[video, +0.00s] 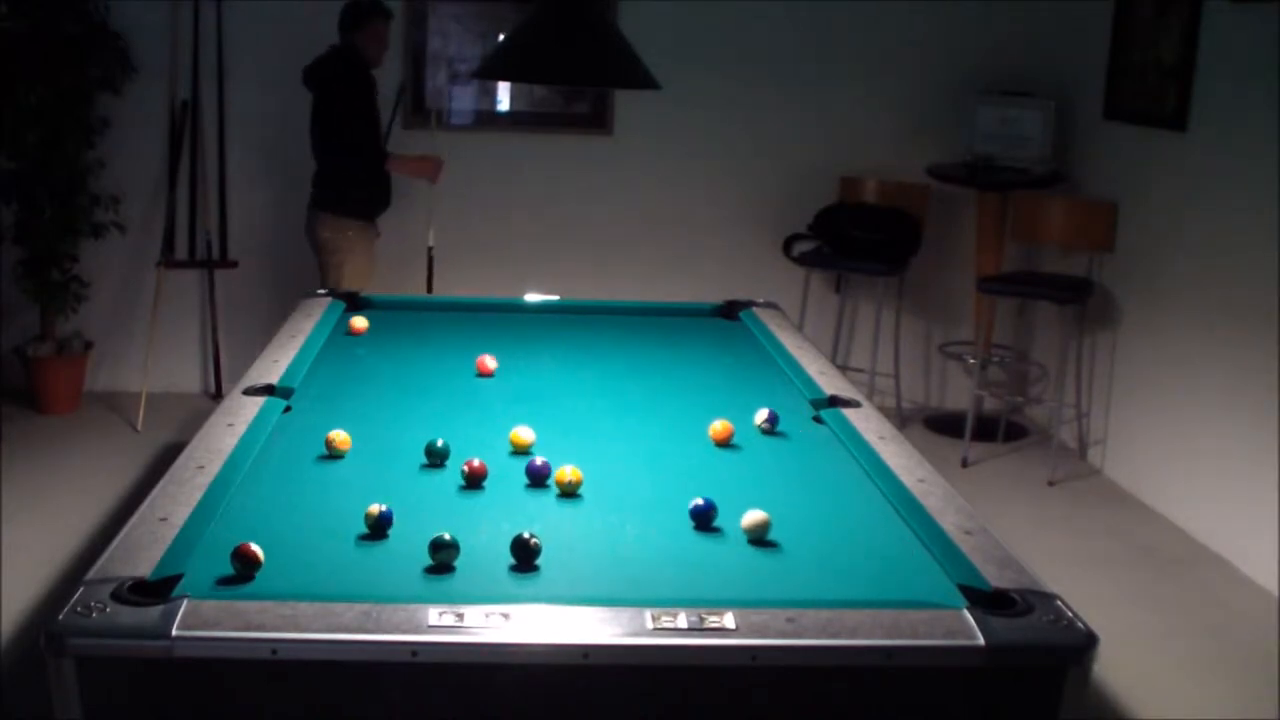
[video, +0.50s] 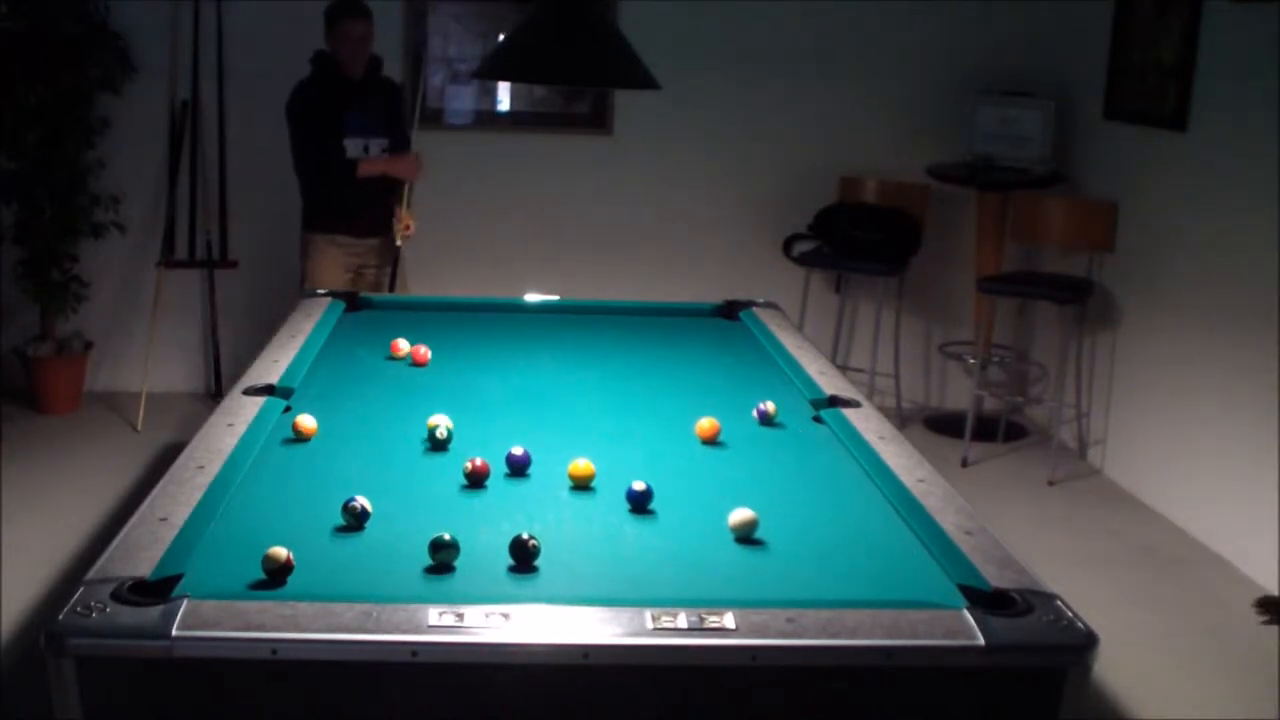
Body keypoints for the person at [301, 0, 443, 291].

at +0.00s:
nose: (385, 43)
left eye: (385, 34)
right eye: (379, 34)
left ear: (352, 34)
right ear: (362, 34)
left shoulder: (337, 73)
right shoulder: (350, 76)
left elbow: (351, 153)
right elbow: (359, 153)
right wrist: (411, 166)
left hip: (337, 215)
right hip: (347, 219)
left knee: (345, 314)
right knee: (350, 315)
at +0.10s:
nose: (379, 45)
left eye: (381, 36)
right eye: (371, 36)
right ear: (352, 35)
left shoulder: (358, 76)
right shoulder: (339, 75)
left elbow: (357, 155)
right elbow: (347, 156)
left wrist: (377, 211)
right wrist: (401, 170)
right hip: (340, 223)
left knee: (343, 321)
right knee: (338, 319)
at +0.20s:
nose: (375, 46)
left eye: (378, 37)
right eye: (366, 37)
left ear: (382, 38)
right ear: (345, 37)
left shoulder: (367, 87)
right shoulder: (329, 82)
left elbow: (362, 164)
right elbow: (339, 160)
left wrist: (396, 217)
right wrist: (397, 172)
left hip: (362, 227)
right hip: (332, 228)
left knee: (363, 324)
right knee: (333, 325)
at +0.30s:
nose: (367, 46)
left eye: (372, 37)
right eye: (358, 37)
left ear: (378, 38)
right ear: (339, 37)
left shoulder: (381, 93)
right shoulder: (318, 89)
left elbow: (386, 160)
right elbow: (328, 166)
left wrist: (403, 212)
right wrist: (392, 168)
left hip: (369, 230)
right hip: (328, 230)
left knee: (366, 328)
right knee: (327, 327)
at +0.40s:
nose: (361, 46)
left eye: (366, 37)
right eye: (352, 37)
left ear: (374, 39)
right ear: (333, 39)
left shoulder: (384, 92)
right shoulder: (311, 92)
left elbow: (396, 158)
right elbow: (322, 166)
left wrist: (403, 210)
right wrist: (388, 164)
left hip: (373, 231)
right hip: (327, 232)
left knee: (373, 332)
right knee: (326, 331)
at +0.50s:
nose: (358, 48)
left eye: (364, 38)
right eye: (350, 39)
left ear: (372, 38)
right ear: (331, 41)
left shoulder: (387, 91)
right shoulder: (309, 93)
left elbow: (400, 159)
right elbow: (318, 171)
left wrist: (400, 210)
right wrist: (387, 165)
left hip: (379, 236)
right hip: (329, 236)